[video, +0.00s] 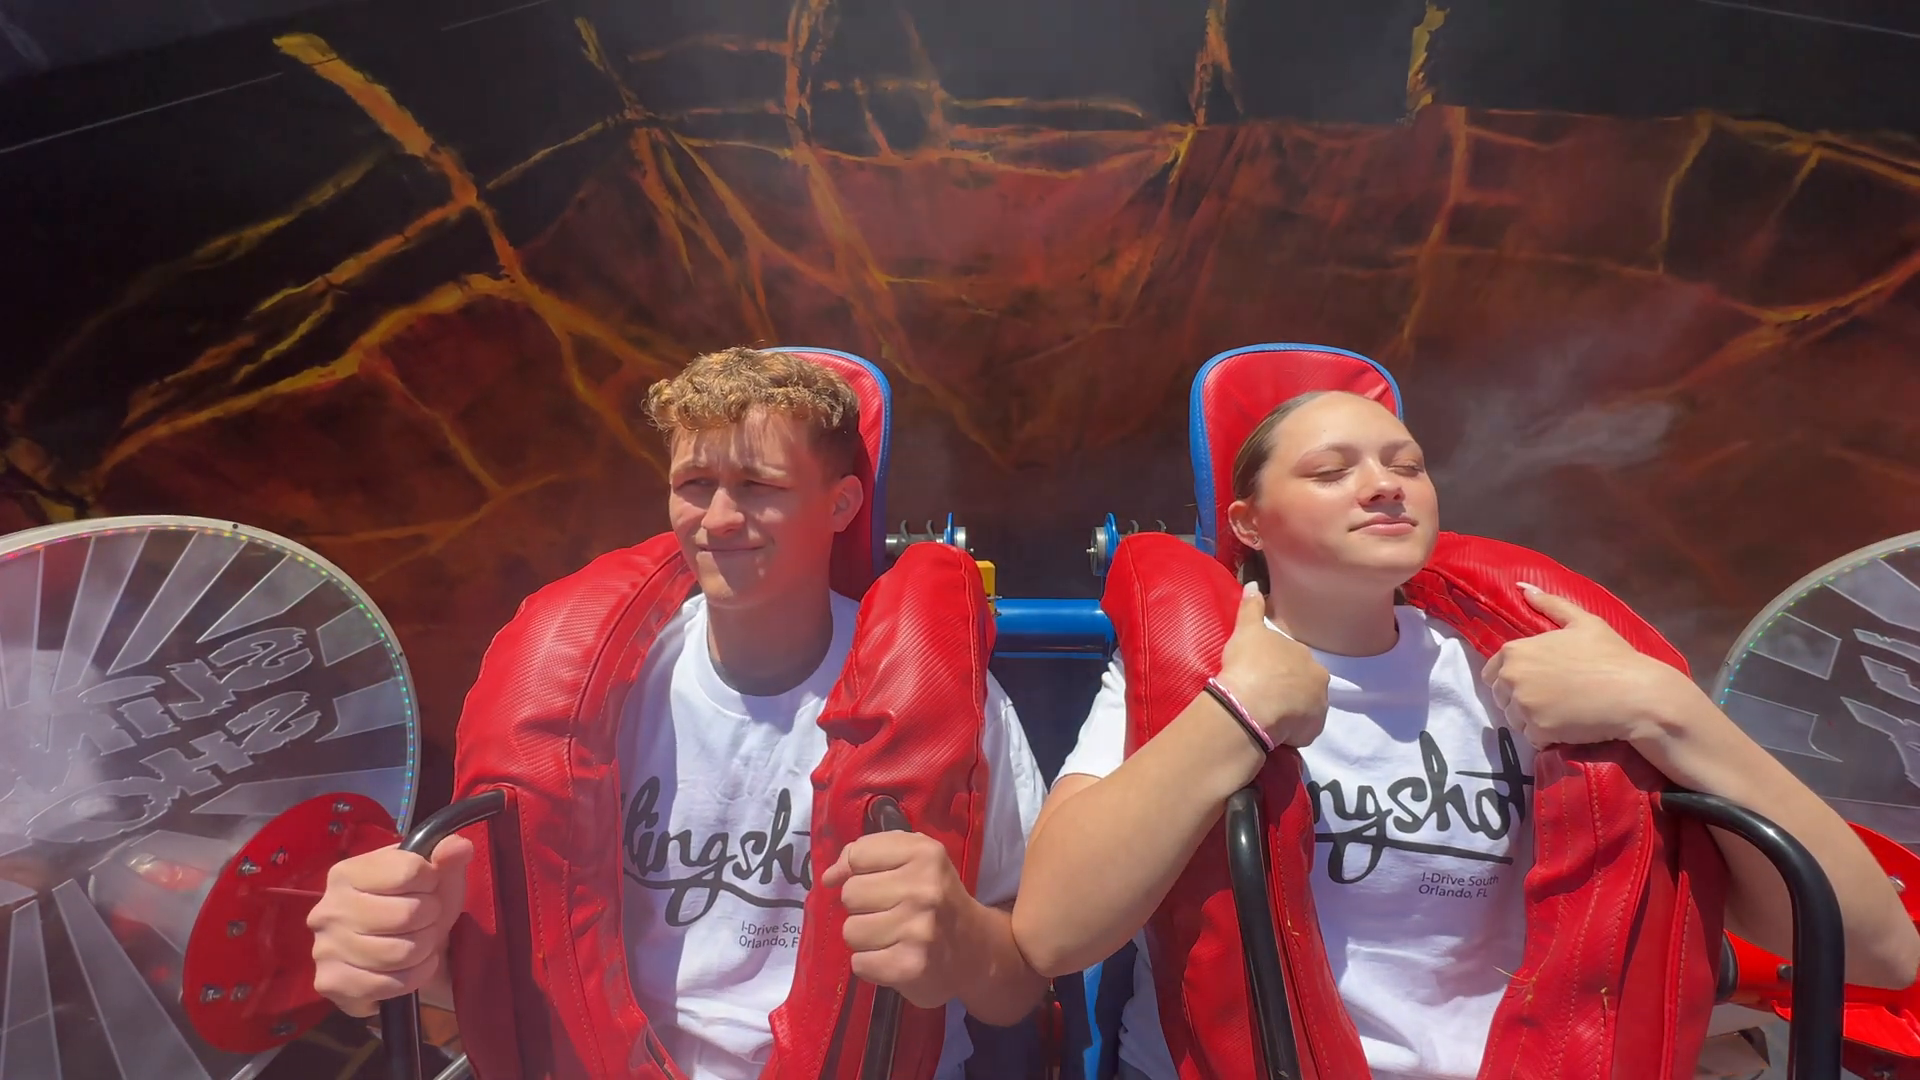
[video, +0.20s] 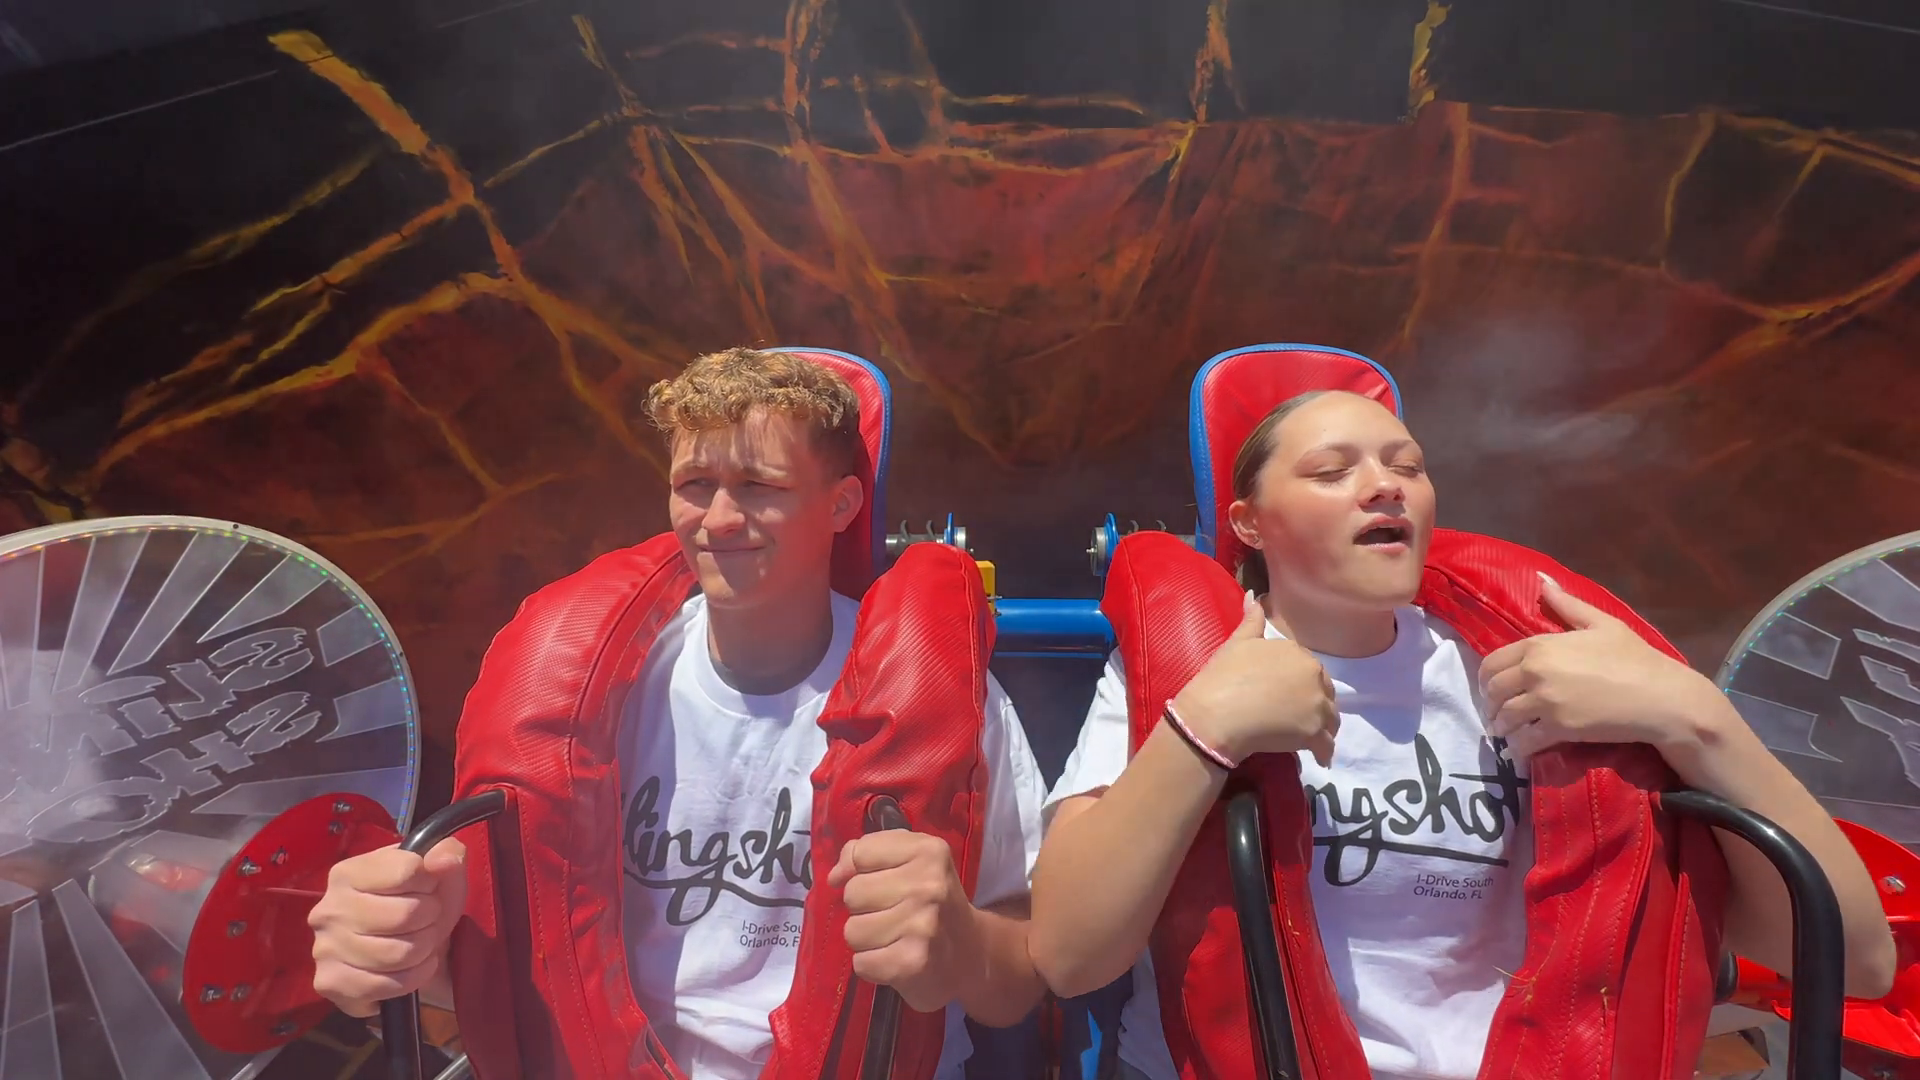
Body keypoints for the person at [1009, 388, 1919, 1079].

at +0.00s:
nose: (1387, 484)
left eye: (1402, 458)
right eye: (1332, 469)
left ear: (1431, 487)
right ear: (1252, 524)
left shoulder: (1542, 673)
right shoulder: (1172, 677)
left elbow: (1883, 947)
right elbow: (1050, 938)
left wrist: (1665, 708)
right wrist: (1242, 714)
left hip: (1530, 1063)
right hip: (1296, 1064)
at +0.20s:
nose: (1389, 487)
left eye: (1405, 463)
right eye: (1333, 468)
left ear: (1429, 494)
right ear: (1249, 525)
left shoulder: (1541, 676)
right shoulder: (1168, 674)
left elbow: (1859, 965)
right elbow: (1065, 961)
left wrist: (1694, 713)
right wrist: (1200, 733)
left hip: (1531, 1069)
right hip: (1280, 1071)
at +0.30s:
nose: (1387, 484)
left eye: (1405, 462)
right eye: (1332, 467)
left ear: (1432, 499)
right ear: (1246, 522)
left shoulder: (1531, 666)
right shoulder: (1159, 672)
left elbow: (1760, 973)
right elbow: (1084, 977)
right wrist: (1167, 812)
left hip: (1522, 1056)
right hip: (1270, 1059)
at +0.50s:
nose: (1382, 483)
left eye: (1400, 458)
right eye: (1327, 468)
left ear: (1431, 489)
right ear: (1243, 521)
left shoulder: (1533, 666)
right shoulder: (1168, 666)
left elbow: (1658, 971)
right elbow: (1085, 966)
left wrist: (1872, 919)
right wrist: (1153, 918)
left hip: (1518, 1066)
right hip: (1287, 1066)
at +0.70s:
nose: (1387, 489)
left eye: (1404, 464)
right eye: (1332, 472)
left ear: (1432, 492)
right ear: (1246, 522)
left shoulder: (1533, 663)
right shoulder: (1172, 664)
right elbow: (1085, 956)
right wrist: (1161, 908)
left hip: (1511, 1066)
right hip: (1280, 1064)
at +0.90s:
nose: (1383, 486)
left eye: (1401, 461)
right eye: (1330, 470)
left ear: (1433, 494)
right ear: (1245, 524)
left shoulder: (1535, 662)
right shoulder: (1172, 663)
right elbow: (1086, 957)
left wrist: (1865, 909)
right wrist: (1165, 908)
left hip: (1505, 1067)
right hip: (1277, 1063)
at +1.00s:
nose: (1383, 485)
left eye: (1401, 460)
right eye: (1328, 470)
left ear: (1431, 491)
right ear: (1244, 523)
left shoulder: (1533, 663)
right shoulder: (1173, 663)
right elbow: (1085, 955)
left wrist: (1864, 911)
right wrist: (1165, 909)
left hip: (1508, 1068)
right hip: (1285, 1063)